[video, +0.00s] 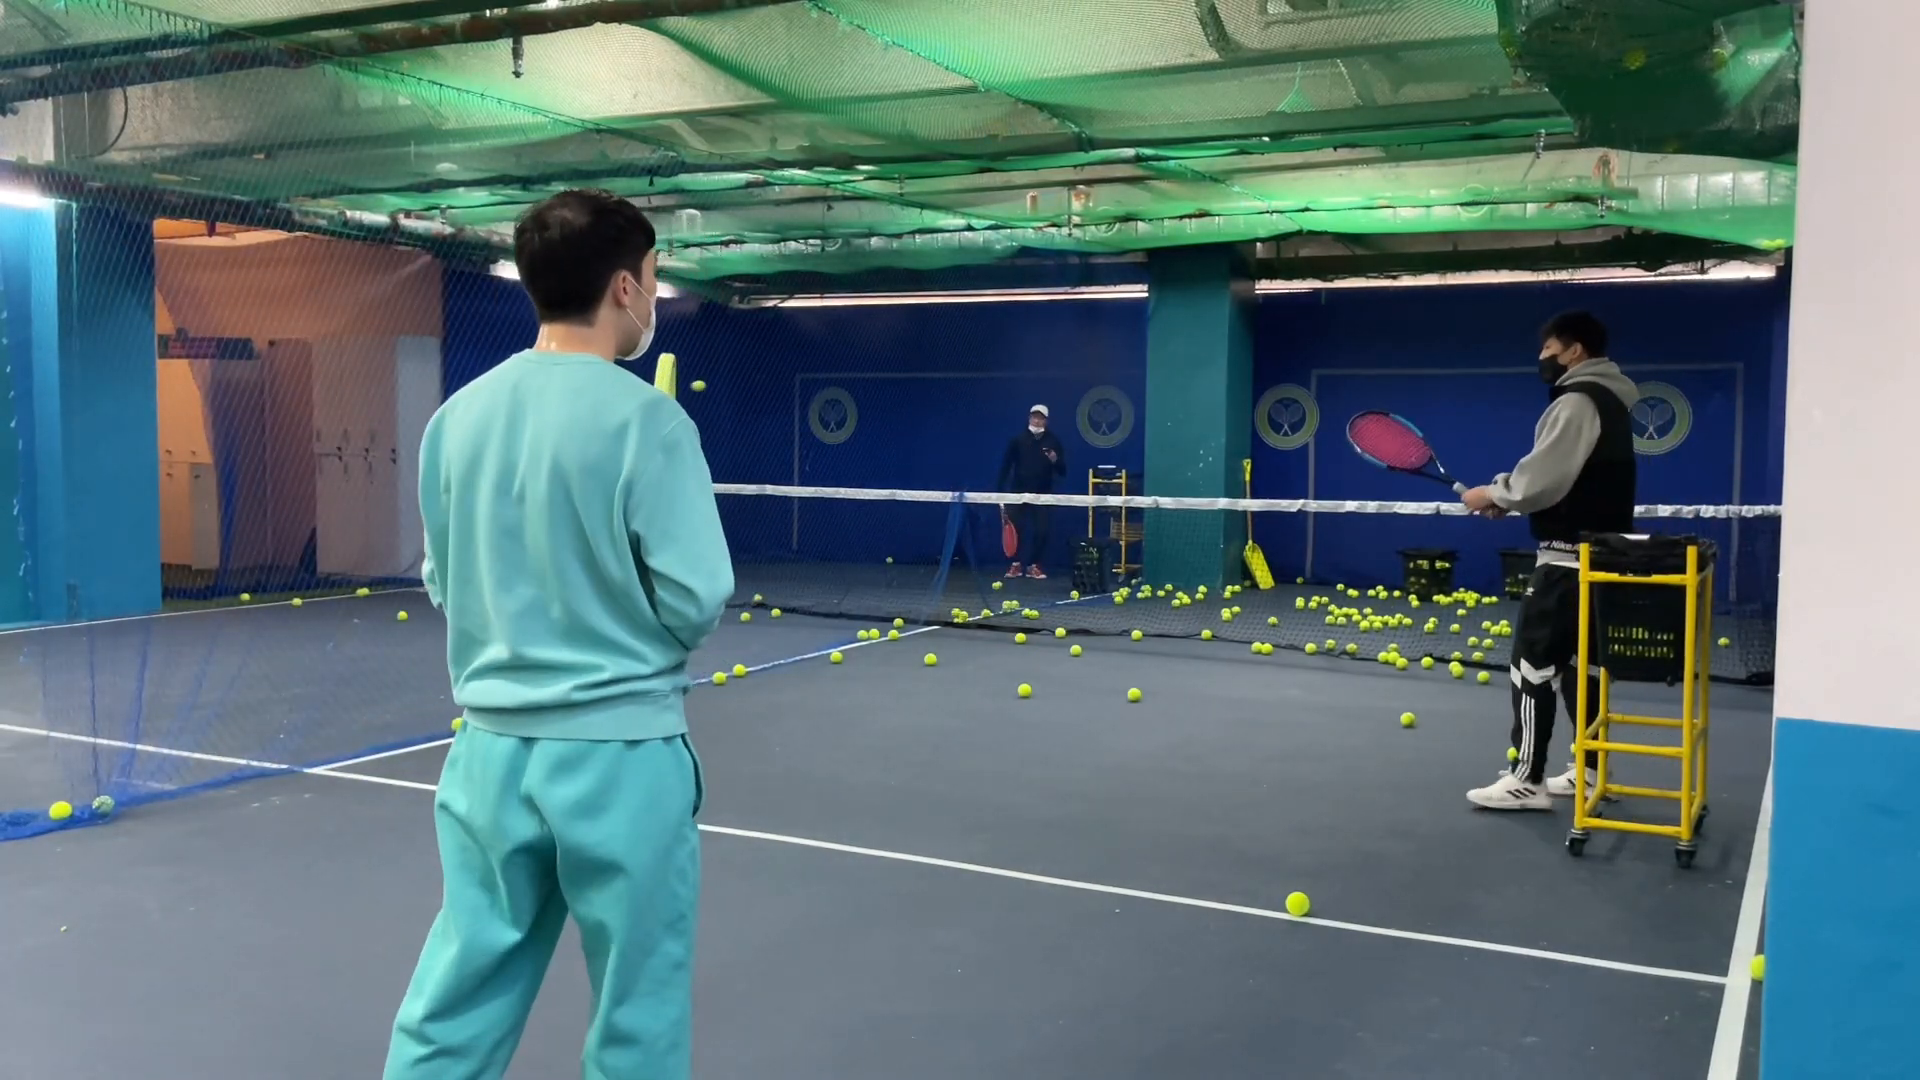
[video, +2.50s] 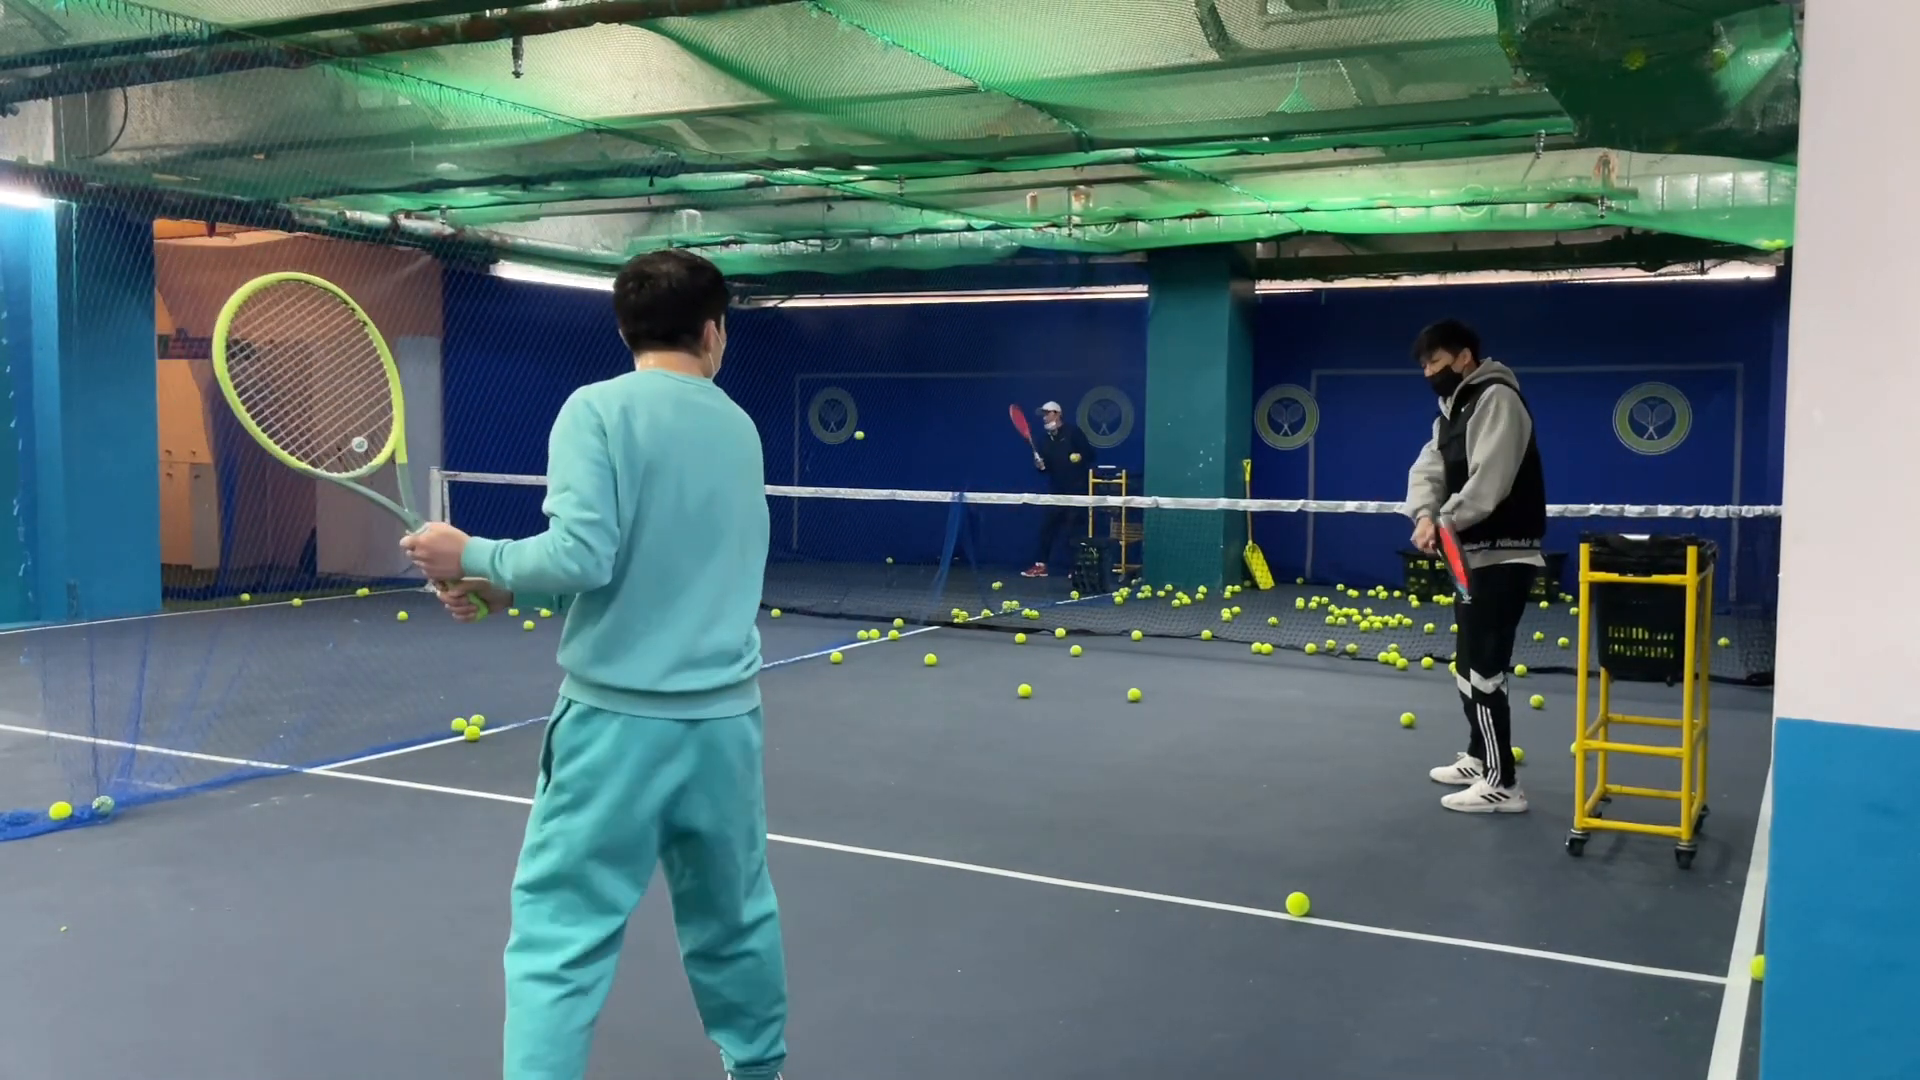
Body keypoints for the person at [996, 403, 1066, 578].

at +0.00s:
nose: (1036, 421)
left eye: (1040, 417)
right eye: (1034, 417)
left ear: (1046, 421)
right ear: (1029, 419)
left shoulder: (1052, 441)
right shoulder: (1019, 440)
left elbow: (1062, 471)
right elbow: (1005, 468)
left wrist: (1055, 461)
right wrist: (1000, 494)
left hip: (1042, 491)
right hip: (1018, 490)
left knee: (1041, 529)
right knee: (1017, 528)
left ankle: (1033, 565)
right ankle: (1016, 563)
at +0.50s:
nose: (1037, 416)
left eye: (1041, 413)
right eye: (1034, 413)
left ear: (1048, 415)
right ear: (1030, 414)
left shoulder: (1056, 436)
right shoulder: (1022, 435)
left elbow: (1075, 454)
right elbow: (1011, 460)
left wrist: (1093, 467)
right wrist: (999, 483)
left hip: (1048, 490)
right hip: (1025, 489)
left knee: (1053, 530)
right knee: (1020, 529)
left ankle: (1059, 565)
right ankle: (1020, 565)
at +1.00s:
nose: (1052, 412)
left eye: (1056, 409)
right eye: (1050, 408)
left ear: (1063, 412)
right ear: (1046, 411)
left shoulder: (1070, 436)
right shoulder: (1036, 433)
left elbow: (1090, 455)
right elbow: (1028, 458)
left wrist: (1101, 470)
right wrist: (1021, 480)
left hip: (1059, 489)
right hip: (1034, 487)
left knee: (1059, 529)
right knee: (1026, 527)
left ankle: (1059, 565)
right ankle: (1024, 564)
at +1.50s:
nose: (1040, 412)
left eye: (1044, 409)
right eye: (1038, 409)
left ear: (1052, 412)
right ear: (1035, 412)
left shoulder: (1062, 434)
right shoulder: (1031, 434)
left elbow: (1071, 461)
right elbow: (1025, 458)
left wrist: (1056, 468)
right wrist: (1014, 474)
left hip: (1055, 488)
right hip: (1033, 487)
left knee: (1058, 527)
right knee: (1026, 525)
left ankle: (1063, 564)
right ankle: (1024, 564)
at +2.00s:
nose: (1037, 432)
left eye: (1039, 428)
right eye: (1036, 429)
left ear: (1049, 426)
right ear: (1043, 428)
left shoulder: (1064, 439)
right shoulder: (1046, 447)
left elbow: (1074, 461)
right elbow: (1044, 477)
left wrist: (1058, 470)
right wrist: (1033, 500)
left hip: (1074, 491)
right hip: (1058, 491)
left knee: (1072, 529)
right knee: (1047, 526)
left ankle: (1075, 567)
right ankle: (1041, 564)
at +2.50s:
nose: (1045, 417)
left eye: (1048, 413)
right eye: (1044, 414)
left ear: (1058, 414)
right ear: (1044, 416)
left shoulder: (1072, 432)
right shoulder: (1044, 439)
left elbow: (1090, 454)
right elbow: (1045, 468)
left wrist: (1080, 458)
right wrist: (1040, 465)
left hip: (1077, 485)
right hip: (1057, 486)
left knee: (1075, 526)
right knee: (1049, 524)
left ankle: (1077, 567)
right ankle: (1041, 564)